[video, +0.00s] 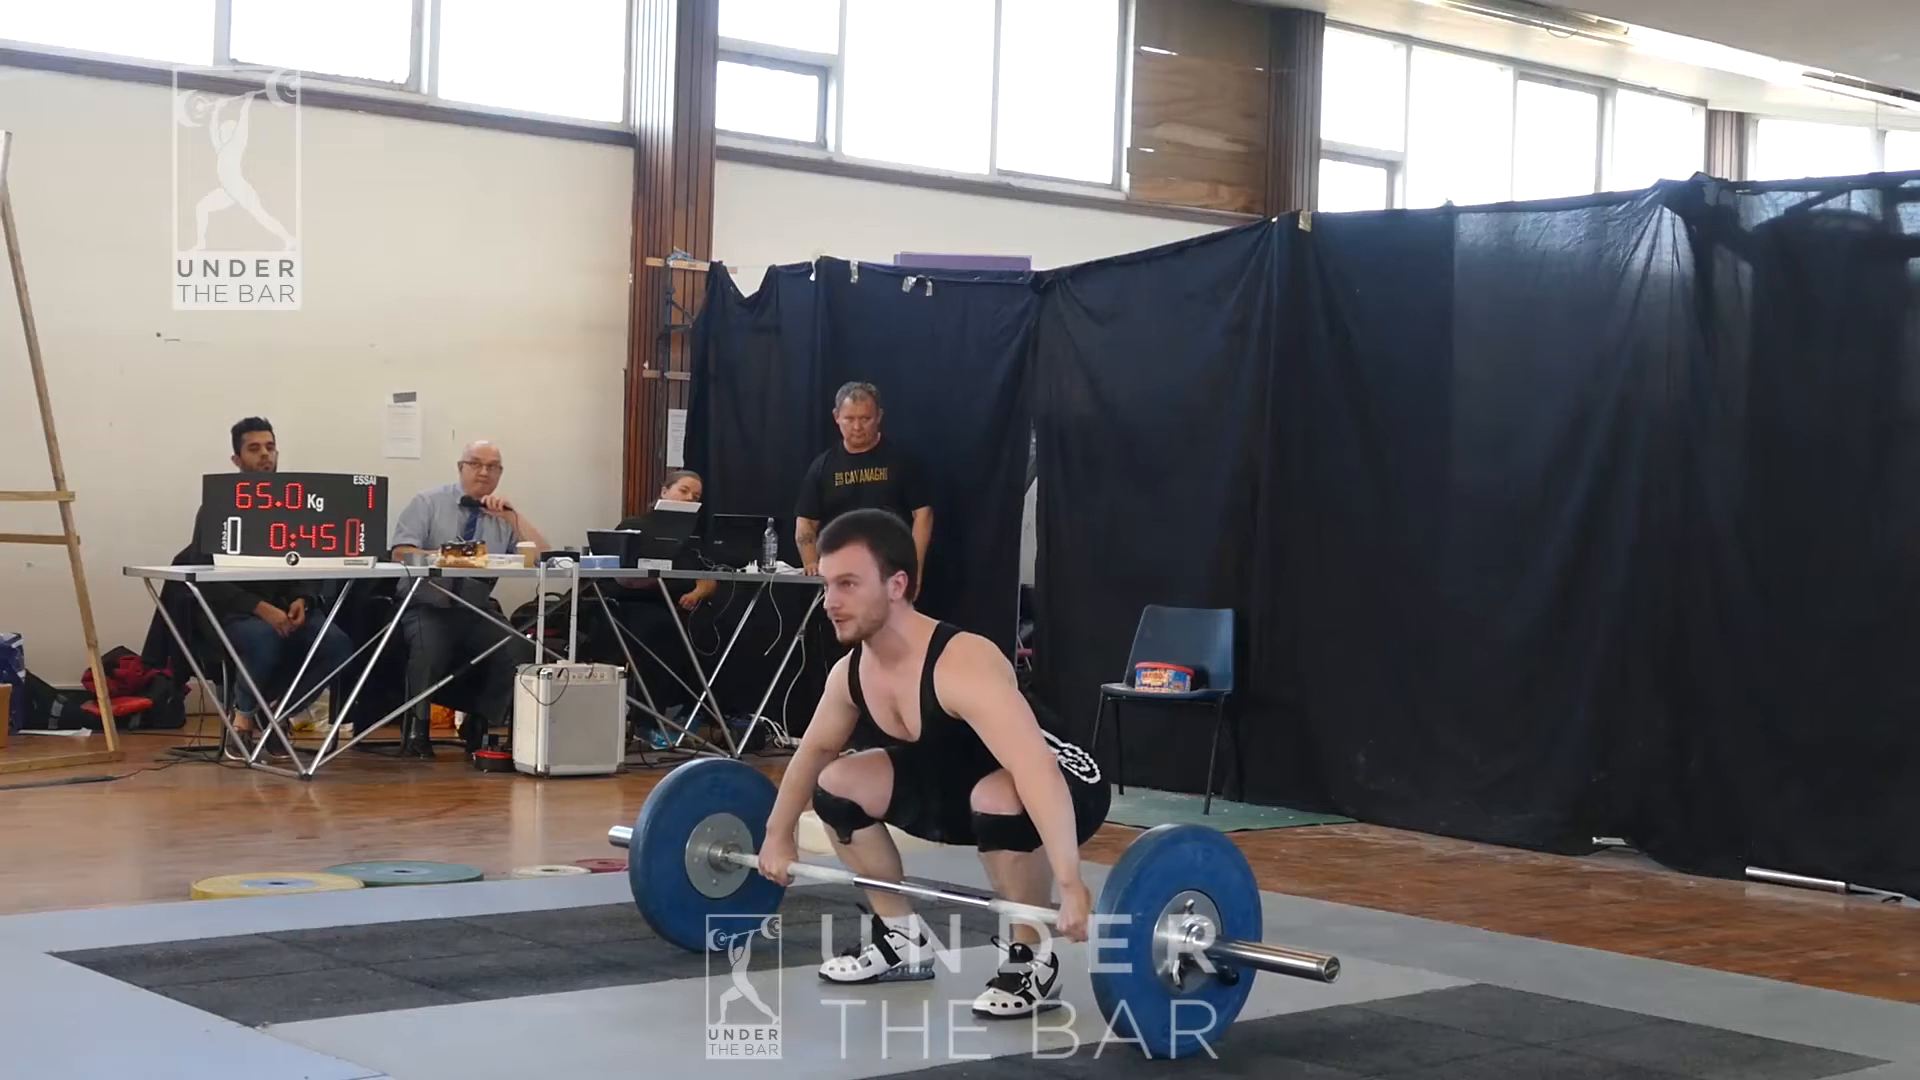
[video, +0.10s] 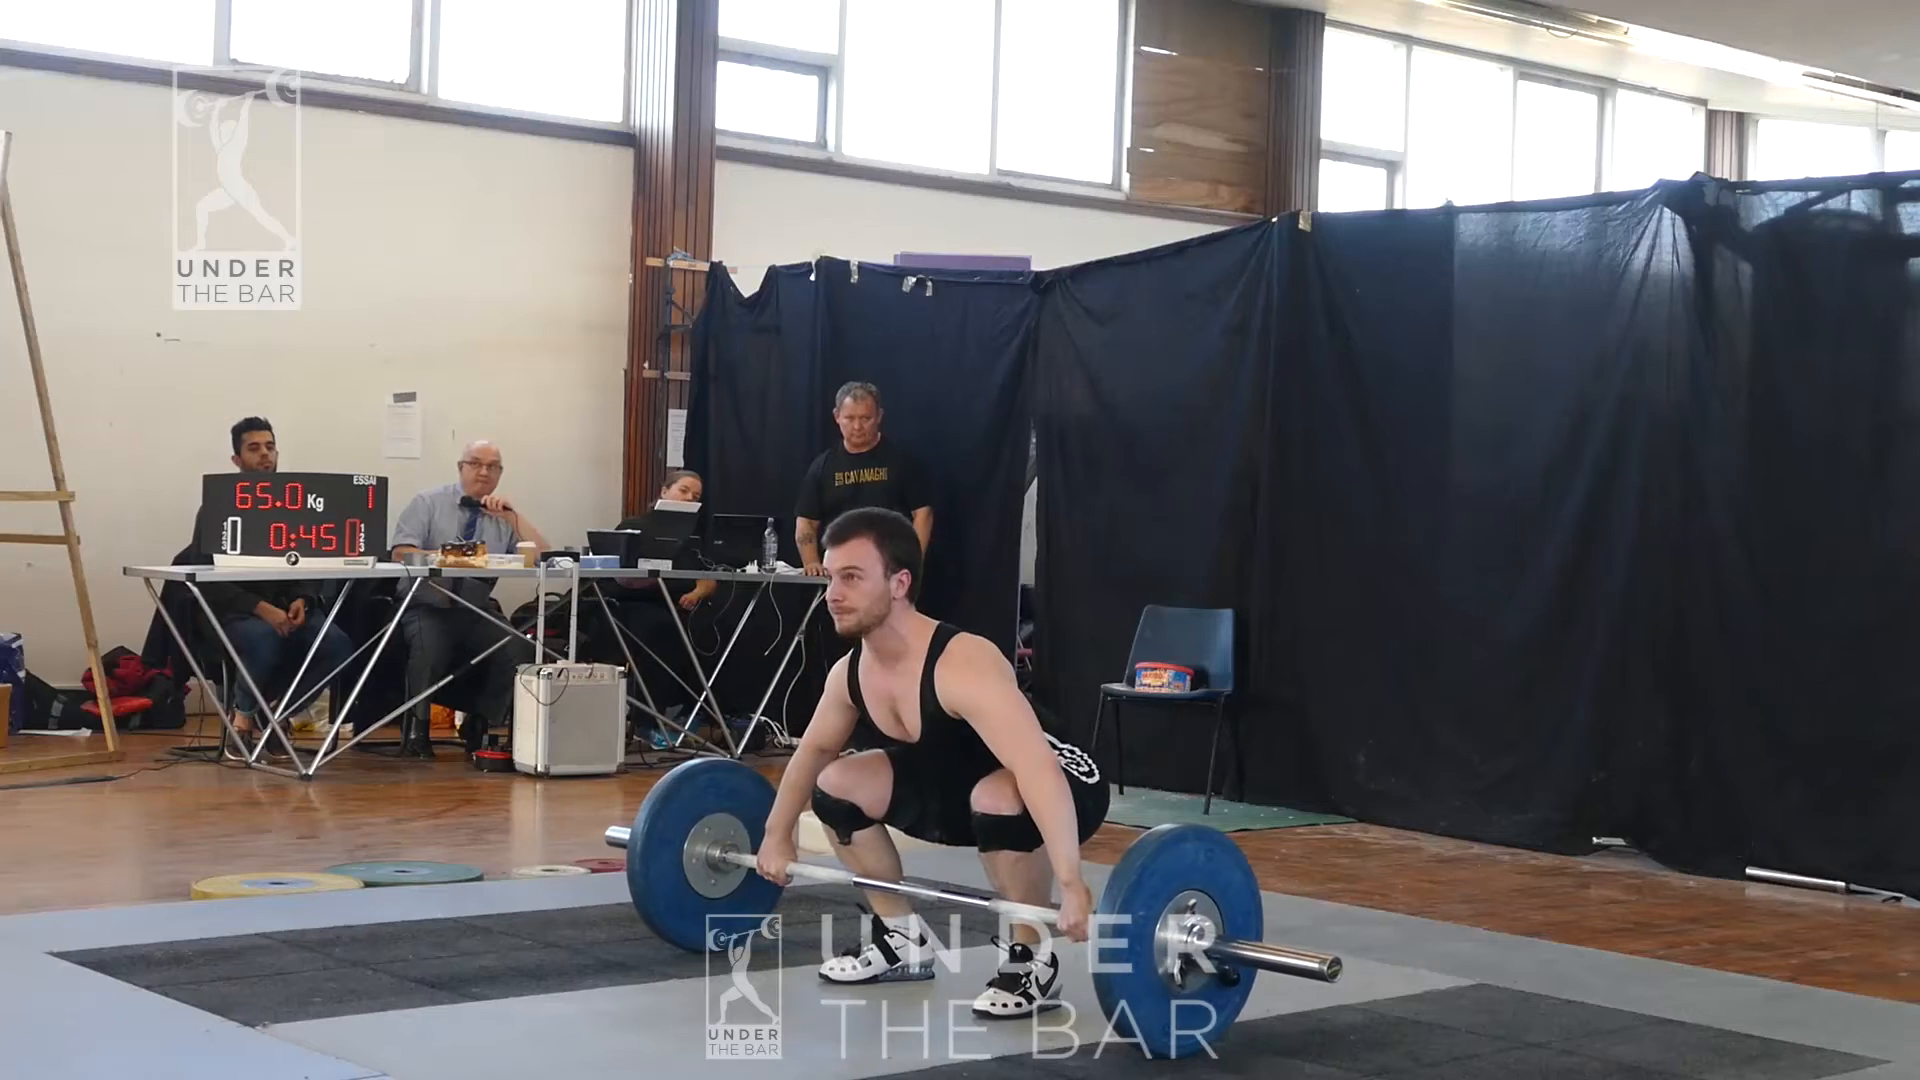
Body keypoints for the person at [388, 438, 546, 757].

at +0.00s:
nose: (483, 472)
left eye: (492, 467)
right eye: (475, 465)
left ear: (500, 474)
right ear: (461, 468)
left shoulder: (503, 517)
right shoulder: (428, 503)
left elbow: (541, 553)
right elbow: (401, 551)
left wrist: (514, 515)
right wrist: (445, 559)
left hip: (478, 608)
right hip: (428, 605)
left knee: (517, 652)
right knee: (430, 649)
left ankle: (477, 727)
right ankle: (417, 732)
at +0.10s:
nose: (483, 472)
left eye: (492, 467)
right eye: (475, 464)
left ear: (500, 474)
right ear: (461, 468)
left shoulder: (502, 516)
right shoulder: (428, 503)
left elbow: (541, 553)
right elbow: (401, 551)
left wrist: (514, 516)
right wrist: (445, 559)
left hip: (478, 608)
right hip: (428, 605)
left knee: (517, 652)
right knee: (430, 649)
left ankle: (477, 727)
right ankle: (417, 732)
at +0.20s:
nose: (483, 472)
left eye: (492, 467)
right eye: (475, 464)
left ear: (500, 474)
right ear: (461, 468)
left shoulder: (502, 516)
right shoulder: (428, 503)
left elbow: (542, 553)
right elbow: (401, 551)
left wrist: (514, 516)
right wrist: (445, 559)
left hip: (477, 608)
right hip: (428, 604)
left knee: (517, 652)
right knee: (429, 649)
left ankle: (477, 727)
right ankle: (417, 732)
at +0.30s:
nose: (483, 472)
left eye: (492, 467)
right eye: (475, 464)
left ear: (500, 474)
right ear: (460, 468)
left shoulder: (502, 516)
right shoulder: (428, 503)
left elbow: (542, 553)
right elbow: (401, 551)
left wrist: (514, 516)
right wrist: (446, 559)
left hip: (478, 608)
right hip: (428, 605)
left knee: (517, 652)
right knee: (429, 649)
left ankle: (477, 727)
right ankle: (417, 732)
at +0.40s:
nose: (484, 472)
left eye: (492, 467)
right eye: (476, 464)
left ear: (500, 474)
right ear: (461, 468)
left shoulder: (503, 516)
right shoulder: (428, 502)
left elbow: (543, 553)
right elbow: (401, 551)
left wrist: (514, 515)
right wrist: (442, 560)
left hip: (478, 609)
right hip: (429, 605)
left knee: (518, 651)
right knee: (429, 651)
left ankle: (477, 726)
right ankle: (417, 730)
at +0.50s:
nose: (484, 472)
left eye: (492, 466)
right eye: (475, 464)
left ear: (500, 473)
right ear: (460, 468)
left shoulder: (503, 516)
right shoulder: (428, 502)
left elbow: (544, 554)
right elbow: (401, 551)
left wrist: (514, 516)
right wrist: (441, 560)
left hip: (478, 609)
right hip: (428, 605)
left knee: (517, 652)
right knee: (429, 651)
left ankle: (477, 726)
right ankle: (417, 730)